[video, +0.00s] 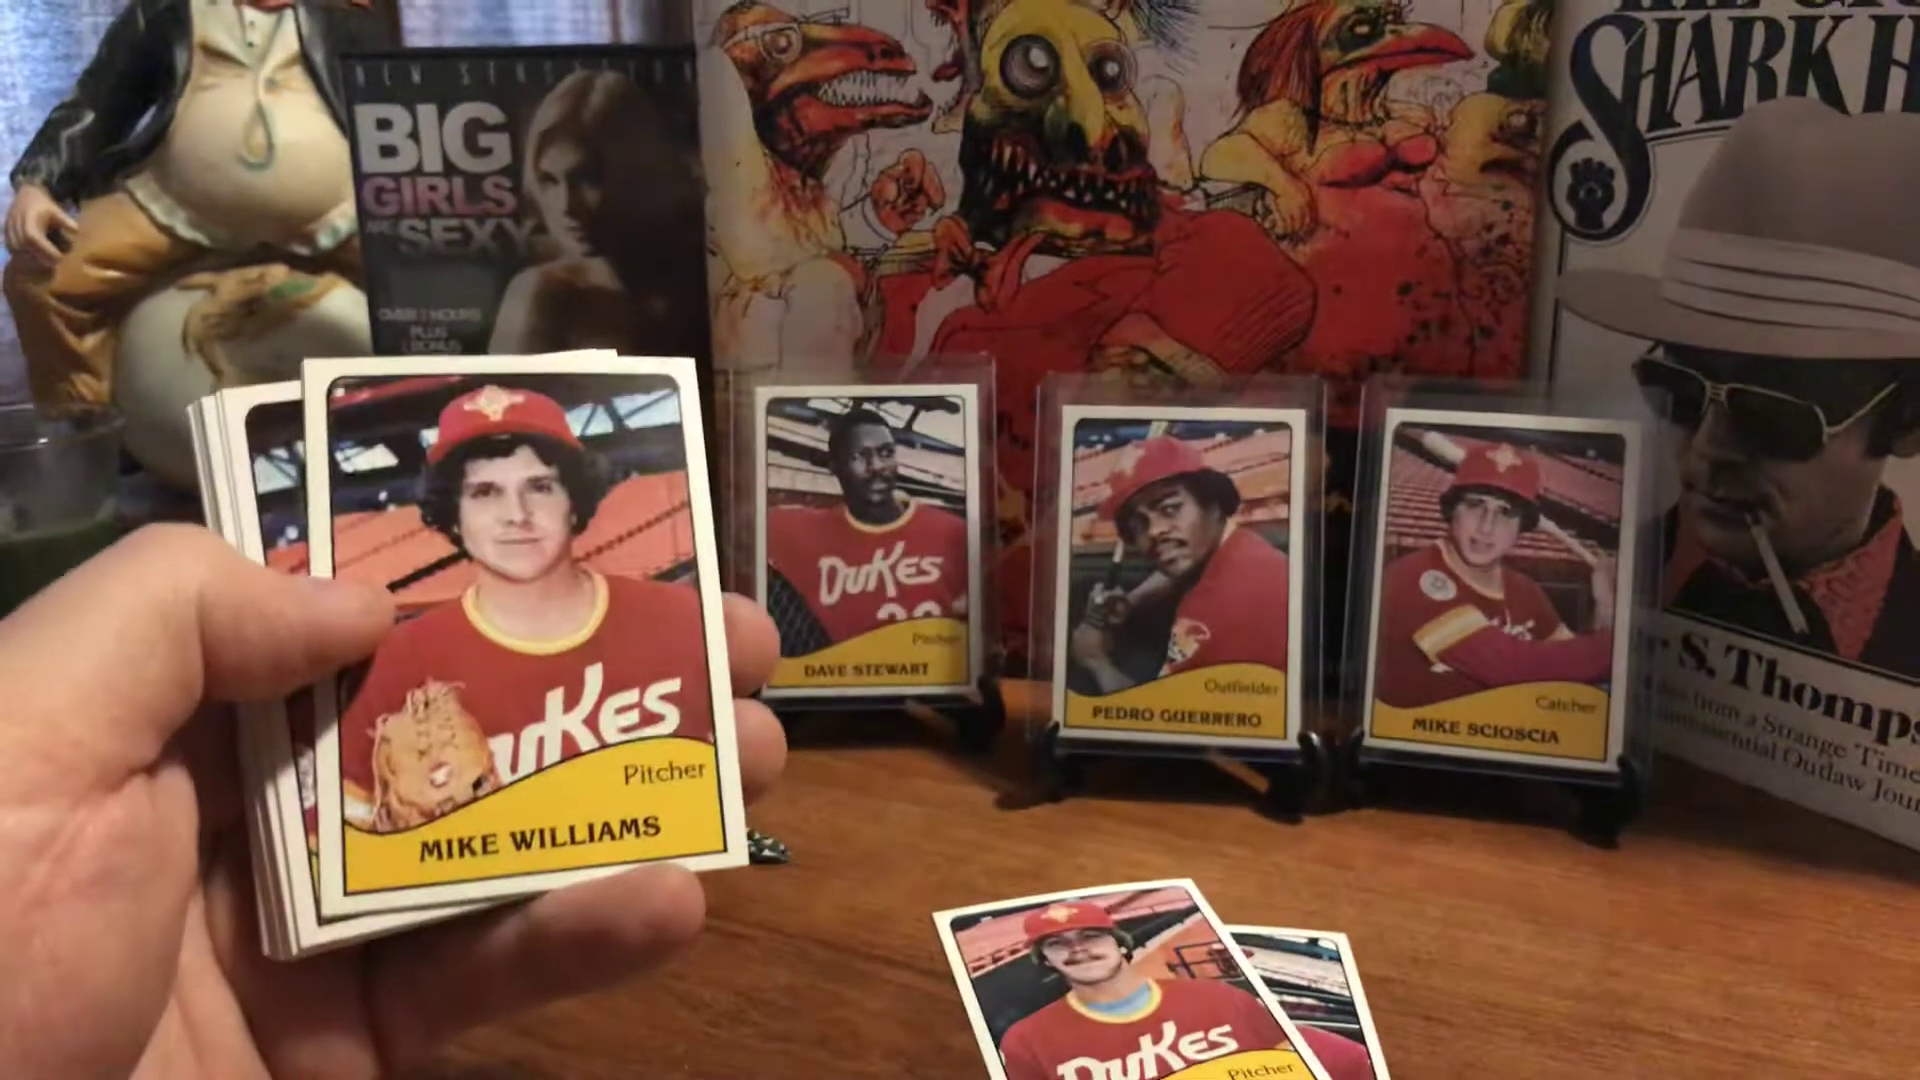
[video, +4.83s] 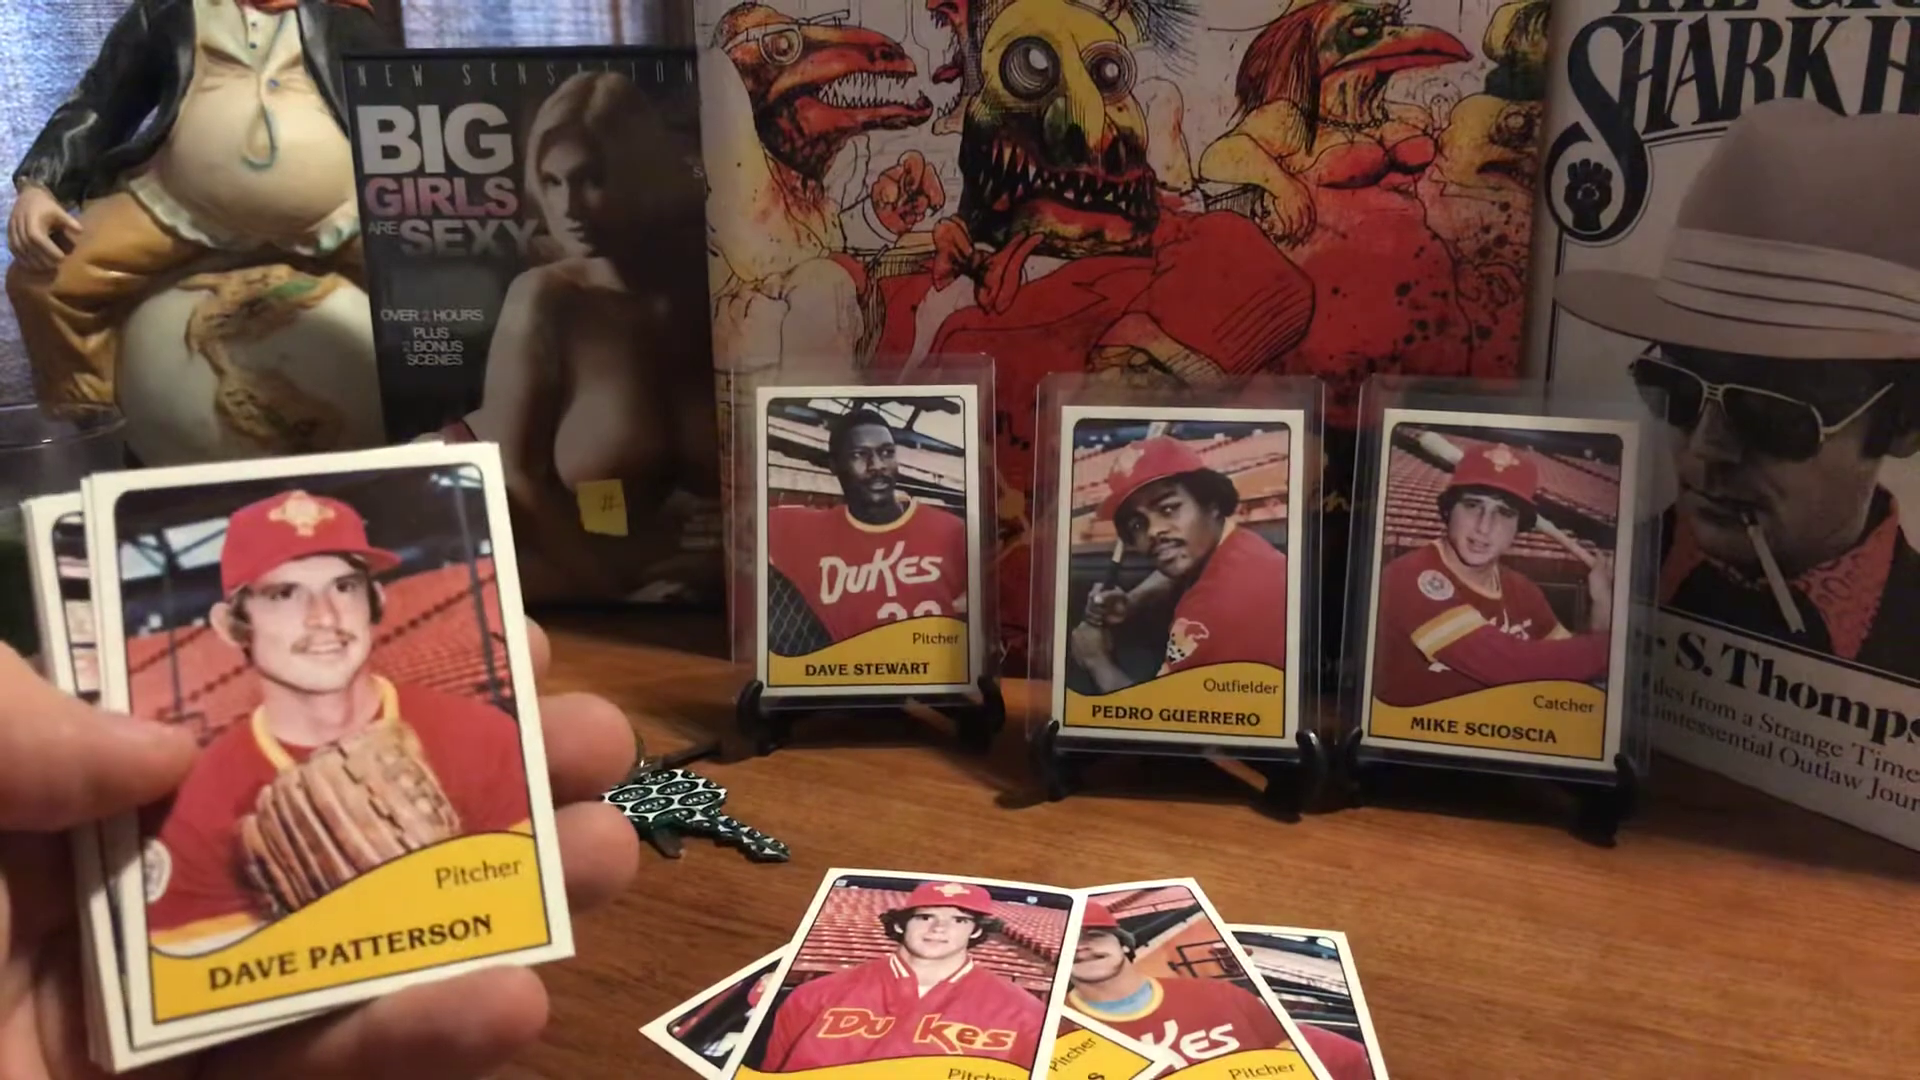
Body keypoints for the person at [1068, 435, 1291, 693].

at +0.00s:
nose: (1156, 531)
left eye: (1170, 509)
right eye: (1140, 522)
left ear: (1212, 505)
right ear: (1133, 539)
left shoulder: (1211, 606)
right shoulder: (1248, 547)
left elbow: (1159, 720)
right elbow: (1184, 566)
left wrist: (1097, 661)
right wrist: (1131, 602)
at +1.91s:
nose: (1156, 531)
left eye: (1170, 508)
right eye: (1140, 522)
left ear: (1214, 506)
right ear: (1134, 540)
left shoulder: (1212, 607)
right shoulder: (1248, 544)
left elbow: (1159, 720)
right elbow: (1185, 565)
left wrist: (1098, 663)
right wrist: (1133, 602)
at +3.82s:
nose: (1155, 531)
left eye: (1169, 509)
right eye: (1139, 524)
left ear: (1212, 506)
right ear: (1133, 540)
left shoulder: (1210, 608)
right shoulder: (1248, 546)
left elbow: (1161, 721)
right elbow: (1185, 566)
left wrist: (1098, 662)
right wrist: (1132, 602)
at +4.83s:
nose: (1155, 531)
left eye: (1169, 509)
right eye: (1139, 524)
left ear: (1212, 506)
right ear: (1134, 541)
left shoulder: (1210, 608)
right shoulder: (1247, 544)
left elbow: (1160, 718)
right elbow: (1182, 566)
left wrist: (1097, 662)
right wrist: (1132, 602)